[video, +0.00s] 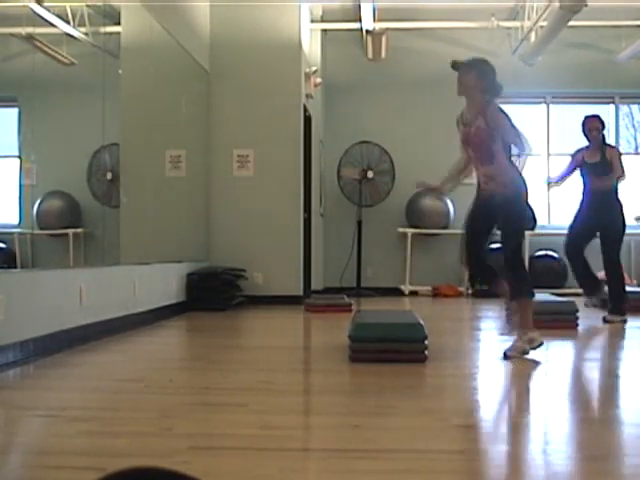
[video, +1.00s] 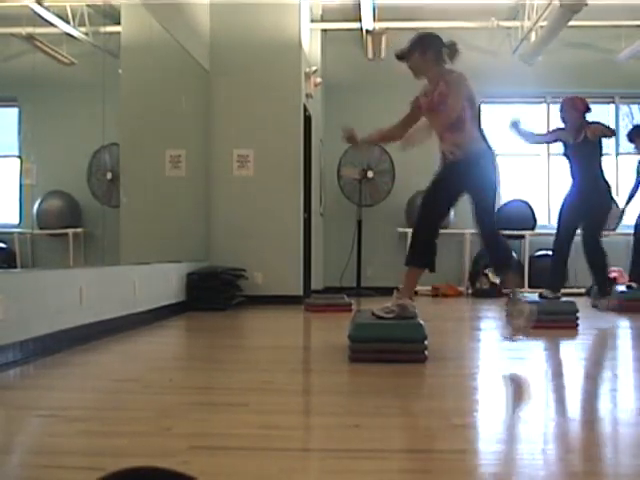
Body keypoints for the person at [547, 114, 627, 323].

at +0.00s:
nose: (594, 134)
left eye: (597, 129)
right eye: (590, 130)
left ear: (603, 130)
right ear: (584, 133)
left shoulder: (612, 152)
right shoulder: (580, 155)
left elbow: (619, 174)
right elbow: (566, 174)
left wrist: (606, 181)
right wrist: (555, 181)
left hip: (610, 209)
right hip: (588, 209)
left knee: (611, 258)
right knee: (572, 249)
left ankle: (617, 309)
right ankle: (594, 291)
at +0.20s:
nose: (584, 136)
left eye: (587, 131)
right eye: (580, 132)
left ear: (594, 132)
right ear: (574, 134)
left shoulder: (603, 150)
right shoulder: (572, 152)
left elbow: (601, 159)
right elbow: (545, 156)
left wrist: (588, 146)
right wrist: (544, 139)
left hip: (603, 209)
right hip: (580, 209)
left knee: (607, 258)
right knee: (560, 233)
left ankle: (616, 310)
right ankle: (556, 282)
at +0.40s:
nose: (567, 124)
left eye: (569, 120)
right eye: (562, 121)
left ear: (576, 121)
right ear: (557, 124)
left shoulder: (588, 139)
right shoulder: (555, 143)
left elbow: (603, 154)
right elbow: (529, 160)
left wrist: (583, 162)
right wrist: (541, 154)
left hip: (590, 200)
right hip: (566, 199)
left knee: (590, 249)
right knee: (554, 242)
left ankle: (607, 298)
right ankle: (552, 289)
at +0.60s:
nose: (557, 119)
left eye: (560, 114)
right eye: (554, 115)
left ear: (568, 113)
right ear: (550, 116)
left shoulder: (584, 132)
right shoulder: (548, 138)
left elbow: (610, 149)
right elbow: (538, 157)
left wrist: (607, 176)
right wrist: (542, 179)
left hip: (586, 189)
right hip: (561, 190)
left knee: (571, 230)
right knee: (557, 234)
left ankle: (568, 282)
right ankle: (551, 285)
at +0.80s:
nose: (551, 119)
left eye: (556, 115)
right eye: (550, 115)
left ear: (568, 115)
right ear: (549, 116)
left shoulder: (585, 132)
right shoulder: (550, 139)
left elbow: (614, 147)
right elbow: (537, 160)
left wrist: (614, 173)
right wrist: (535, 179)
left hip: (587, 191)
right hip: (563, 192)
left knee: (571, 232)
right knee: (556, 234)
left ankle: (562, 284)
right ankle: (553, 284)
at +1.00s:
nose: (562, 116)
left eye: (566, 111)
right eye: (562, 112)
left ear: (578, 112)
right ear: (564, 114)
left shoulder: (594, 130)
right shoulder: (562, 134)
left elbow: (612, 133)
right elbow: (534, 139)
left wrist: (596, 130)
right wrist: (517, 130)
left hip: (599, 194)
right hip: (576, 194)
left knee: (590, 239)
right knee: (562, 240)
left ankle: (604, 290)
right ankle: (553, 288)